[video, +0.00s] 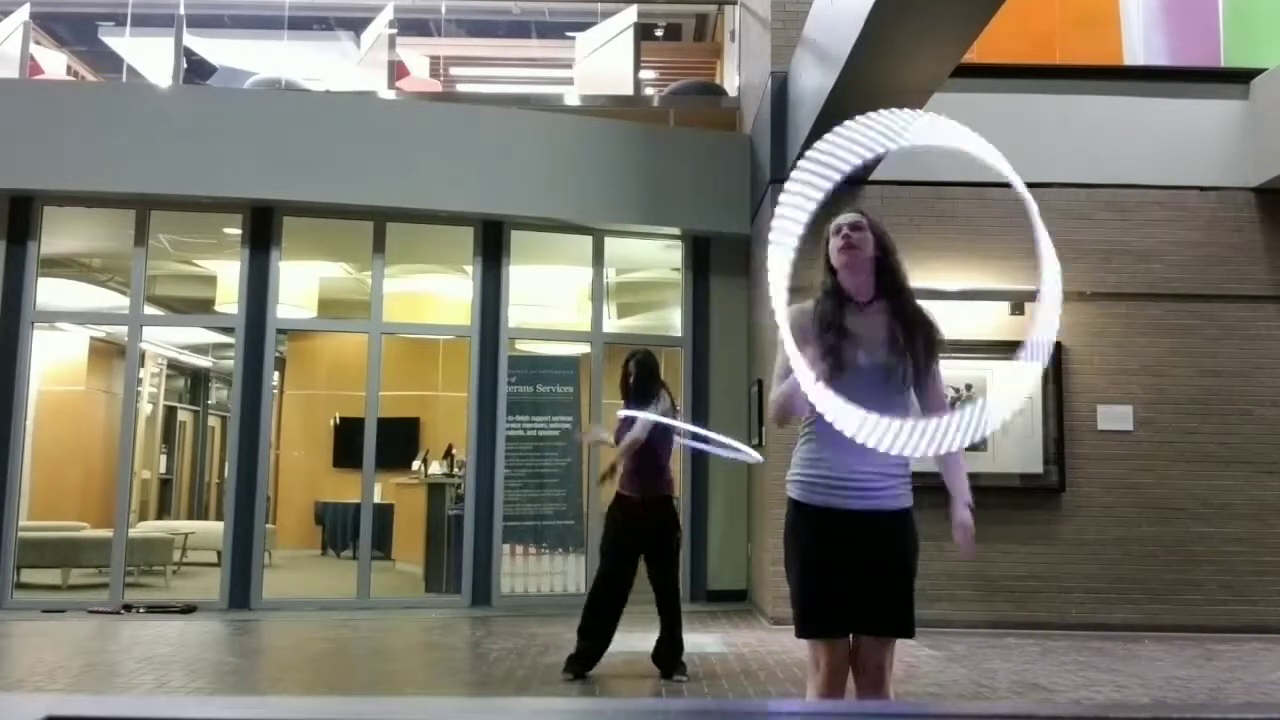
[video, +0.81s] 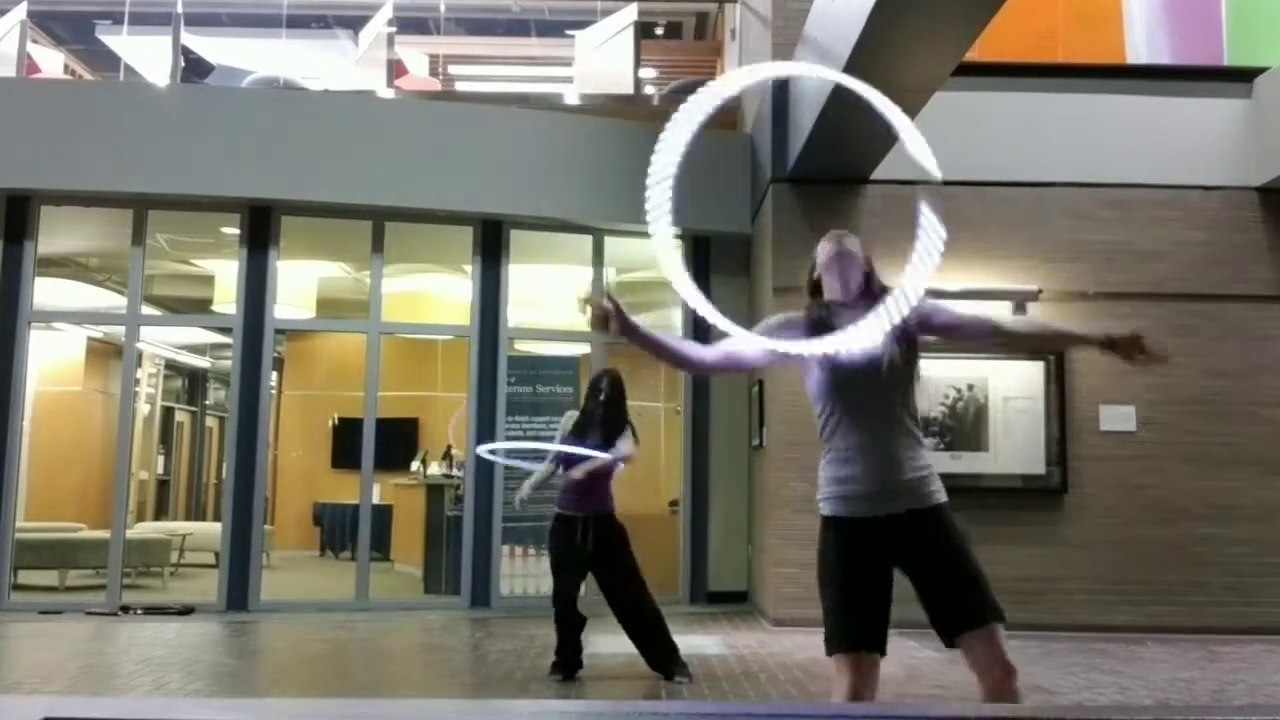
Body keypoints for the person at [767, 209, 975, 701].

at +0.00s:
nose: (847, 234)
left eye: (858, 228)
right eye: (837, 231)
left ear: (880, 249)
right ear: (827, 255)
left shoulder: (913, 327)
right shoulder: (805, 320)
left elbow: (939, 419)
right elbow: (779, 412)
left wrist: (961, 498)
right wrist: (808, 376)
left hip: (887, 510)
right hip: (817, 508)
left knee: (875, 670)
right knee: (828, 668)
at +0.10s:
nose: (840, 235)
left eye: (853, 228)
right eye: (832, 233)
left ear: (880, 250)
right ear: (827, 258)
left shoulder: (909, 320)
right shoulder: (804, 320)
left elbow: (946, 423)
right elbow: (777, 427)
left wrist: (978, 504)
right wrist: (783, 407)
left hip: (889, 511)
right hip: (817, 509)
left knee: (875, 671)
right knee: (830, 669)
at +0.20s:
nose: (845, 234)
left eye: (857, 229)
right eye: (838, 232)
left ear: (883, 250)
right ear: (833, 256)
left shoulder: (916, 319)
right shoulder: (808, 318)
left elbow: (958, 401)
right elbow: (765, 399)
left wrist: (999, 470)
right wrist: (718, 444)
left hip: (893, 501)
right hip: (822, 497)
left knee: (884, 652)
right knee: (830, 659)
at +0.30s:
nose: (847, 225)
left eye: (860, 223)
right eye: (842, 227)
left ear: (886, 250)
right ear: (838, 260)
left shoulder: (918, 316)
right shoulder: (808, 317)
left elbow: (982, 377)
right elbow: (741, 383)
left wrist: (1036, 428)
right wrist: (670, 422)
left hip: (896, 513)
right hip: (826, 511)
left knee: (882, 671)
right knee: (837, 670)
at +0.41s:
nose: (847, 235)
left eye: (859, 231)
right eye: (840, 236)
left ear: (886, 254)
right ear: (834, 263)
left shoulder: (920, 316)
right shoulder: (809, 316)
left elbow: (1001, 349)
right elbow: (731, 370)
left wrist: (1069, 381)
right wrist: (651, 403)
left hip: (897, 509)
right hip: (828, 507)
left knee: (884, 671)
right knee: (838, 669)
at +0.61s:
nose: (843, 246)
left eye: (852, 244)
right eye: (832, 248)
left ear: (872, 264)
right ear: (819, 271)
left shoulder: (908, 302)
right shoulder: (798, 310)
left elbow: (1003, 303)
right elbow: (700, 340)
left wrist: (1094, 307)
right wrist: (619, 348)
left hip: (907, 500)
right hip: (835, 503)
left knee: (928, 663)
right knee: (843, 663)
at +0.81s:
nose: (842, 257)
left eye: (851, 252)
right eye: (830, 255)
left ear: (869, 268)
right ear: (815, 278)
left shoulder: (904, 313)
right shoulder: (796, 331)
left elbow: (1002, 332)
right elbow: (706, 358)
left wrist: (1098, 342)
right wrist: (629, 330)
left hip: (921, 508)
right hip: (848, 519)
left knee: (994, 669)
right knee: (855, 680)